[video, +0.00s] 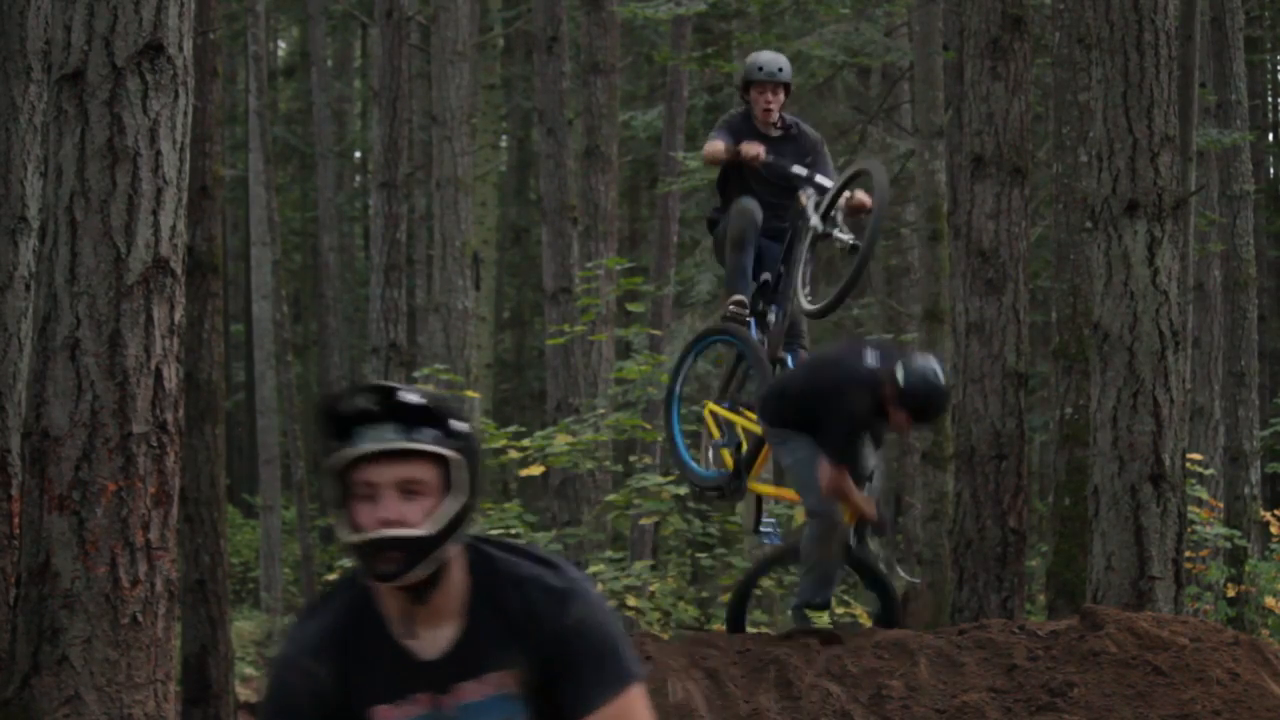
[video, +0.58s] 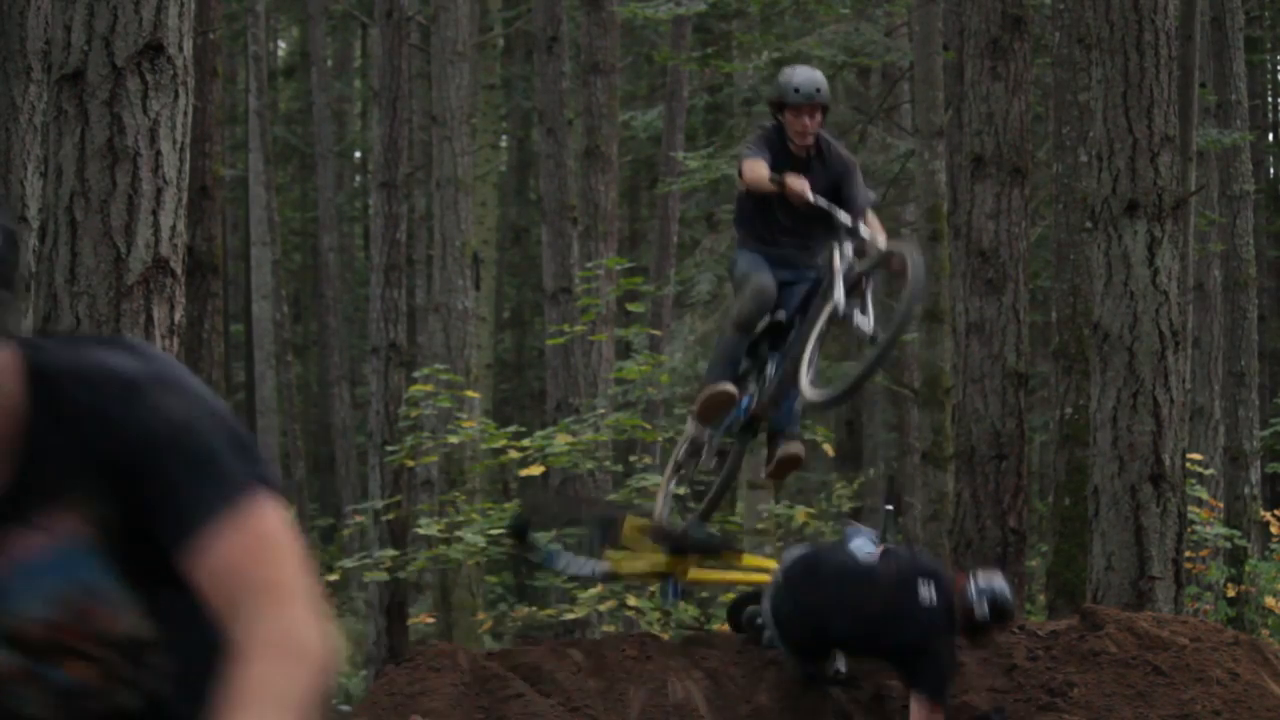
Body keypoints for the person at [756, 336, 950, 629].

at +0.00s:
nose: (908, 428)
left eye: (915, 422)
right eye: (910, 418)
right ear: (896, 399)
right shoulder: (854, 398)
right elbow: (832, 480)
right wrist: (864, 507)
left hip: (828, 416)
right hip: (788, 423)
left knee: (865, 473)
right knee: (825, 509)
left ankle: (858, 541)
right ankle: (811, 606)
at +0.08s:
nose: (915, 456)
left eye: (922, 451)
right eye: (918, 447)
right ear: (908, 430)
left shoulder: (895, 394)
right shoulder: (868, 432)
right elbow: (846, 521)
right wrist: (878, 561)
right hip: (782, 436)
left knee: (857, 508)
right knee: (832, 517)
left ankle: (861, 573)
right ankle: (816, 590)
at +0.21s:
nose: (927, 515)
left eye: (935, 513)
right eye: (933, 510)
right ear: (925, 492)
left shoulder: (910, 440)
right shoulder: (884, 483)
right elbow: (863, 570)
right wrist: (911, 615)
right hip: (776, 474)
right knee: (832, 574)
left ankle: (845, 608)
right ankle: (793, 613)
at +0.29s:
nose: (936, 536)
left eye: (944, 534)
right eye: (943, 532)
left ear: (939, 488)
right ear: (938, 516)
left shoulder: (909, 459)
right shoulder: (889, 508)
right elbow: (879, 601)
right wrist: (930, 632)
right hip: (780, 500)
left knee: (849, 557)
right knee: (832, 610)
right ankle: (789, 606)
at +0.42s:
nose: (962, 580)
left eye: (968, 577)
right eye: (967, 573)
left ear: (957, 528)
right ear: (961, 558)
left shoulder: (920, 515)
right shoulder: (913, 562)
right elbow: (912, 661)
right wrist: (967, 680)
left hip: (799, 513)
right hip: (785, 558)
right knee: (830, 668)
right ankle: (774, 622)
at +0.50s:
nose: (973, 607)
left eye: (979, 602)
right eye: (977, 599)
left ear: (960, 550)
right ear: (968, 587)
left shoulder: (926, 544)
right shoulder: (925, 602)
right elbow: (921, 699)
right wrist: (963, 710)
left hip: (799, 539)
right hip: (789, 590)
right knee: (836, 669)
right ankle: (768, 623)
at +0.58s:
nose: (986, 637)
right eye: (990, 630)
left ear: (968, 578)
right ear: (980, 626)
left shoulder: (932, 569)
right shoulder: (936, 653)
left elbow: (878, 553)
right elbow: (924, 712)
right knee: (826, 671)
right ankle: (767, 629)